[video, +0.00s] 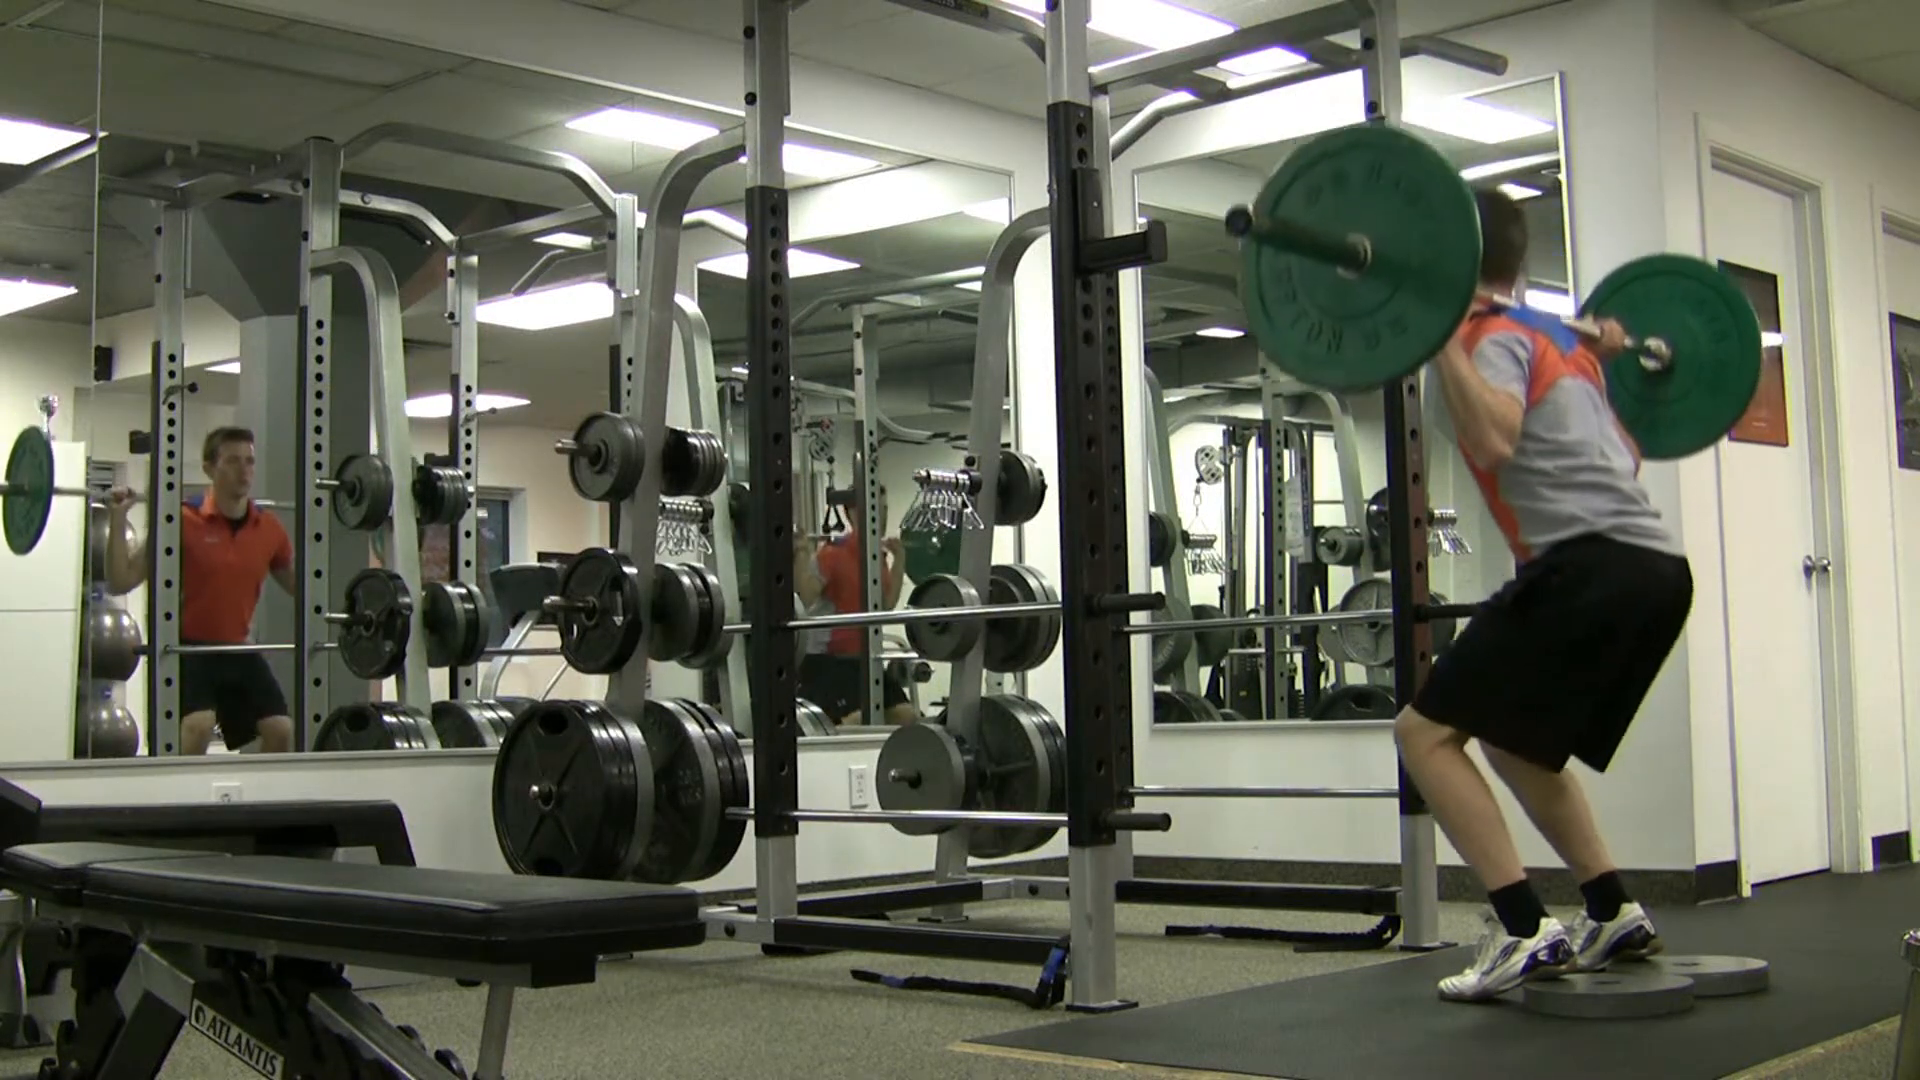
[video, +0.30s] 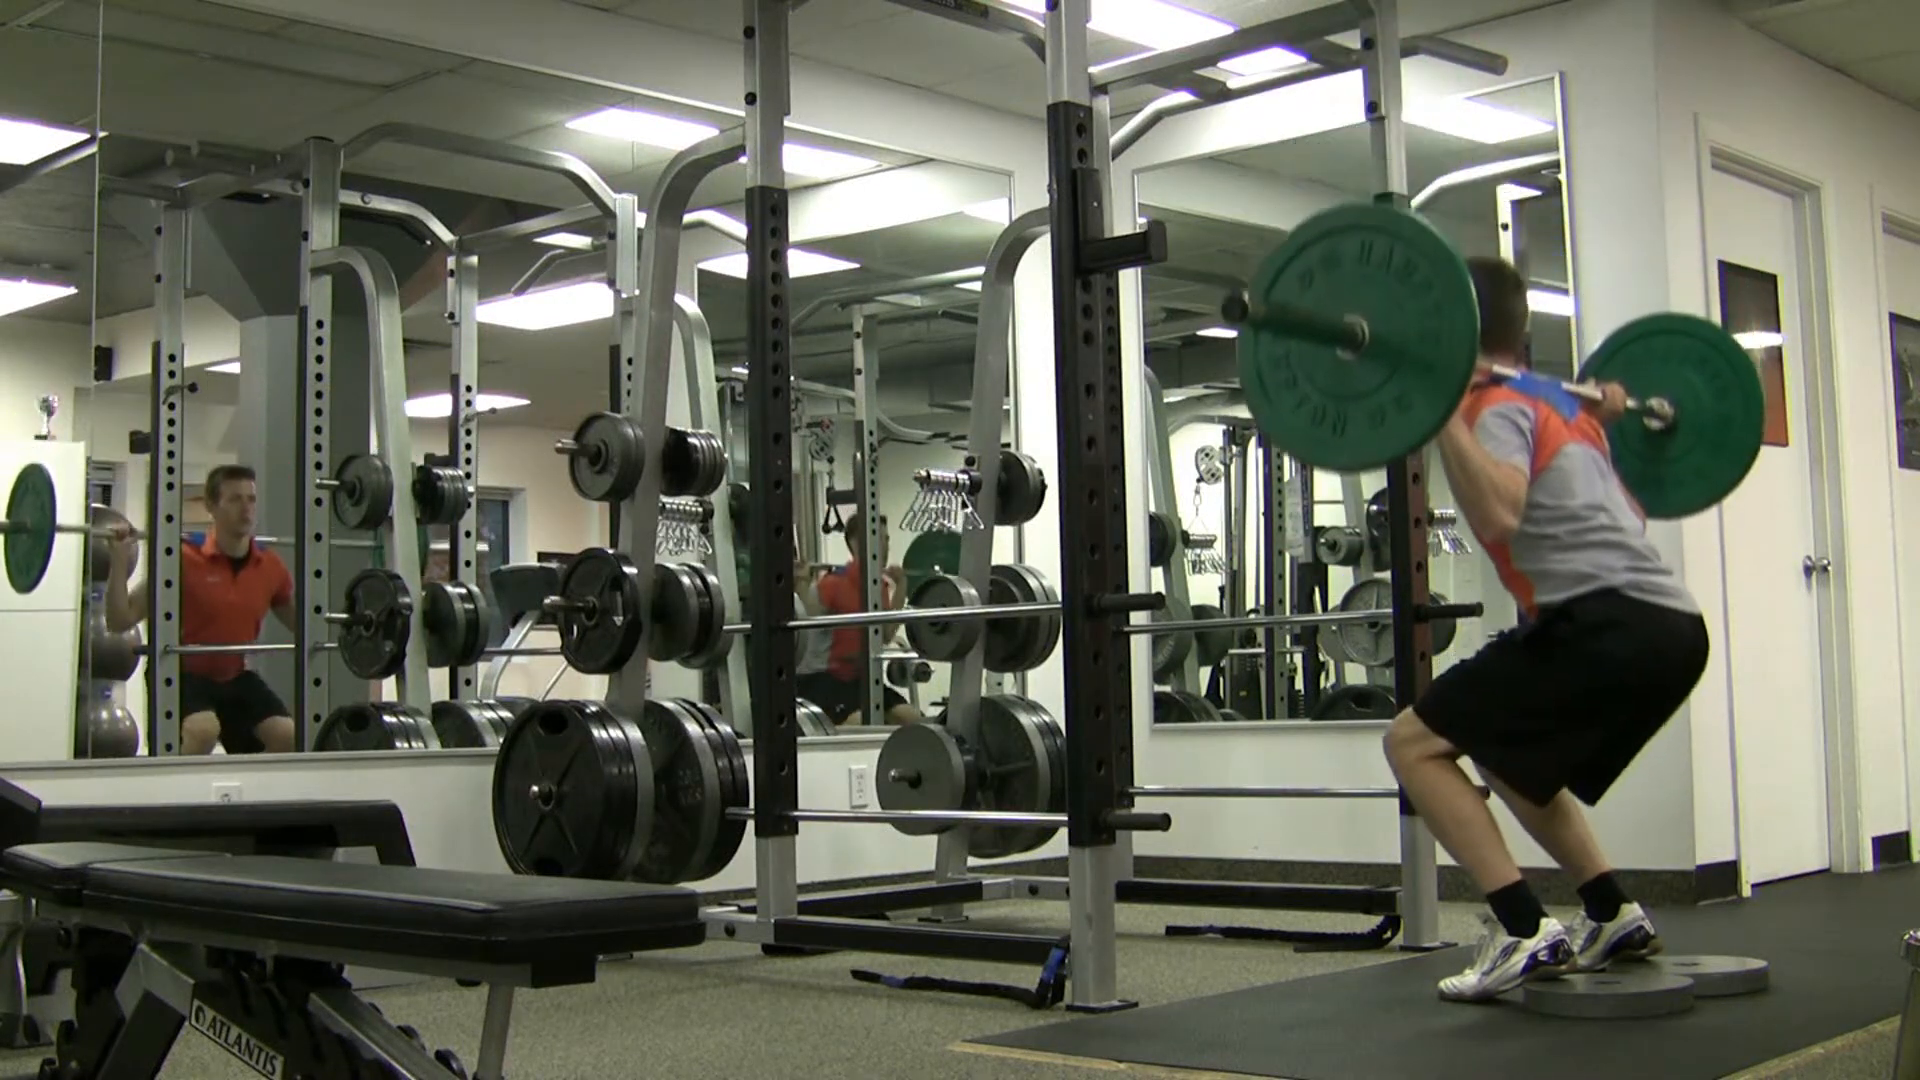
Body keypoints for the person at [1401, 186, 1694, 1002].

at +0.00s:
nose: (1435, 276)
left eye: (1441, 259)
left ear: (1454, 263)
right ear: (1518, 266)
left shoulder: (1494, 335)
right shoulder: (1564, 345)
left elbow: (1493, 442)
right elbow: (1625, 450)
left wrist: (1440, 339)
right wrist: (1598, 357)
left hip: (1585, 566)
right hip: (1656, 572)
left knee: (1423, 731)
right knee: (1517, 741)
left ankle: (1524, 930)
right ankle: (1615, 912)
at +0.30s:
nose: (1433, 335)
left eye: (1441, 320)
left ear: (1455, 330)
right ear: (1521, 331)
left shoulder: (1501, 402)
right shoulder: (1566, 404)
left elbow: (1498, 516)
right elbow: (1625, 507)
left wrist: (1441, 413)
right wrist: (1598, 418)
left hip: (1599, 622)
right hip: (1674, 630)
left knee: (1411, 743)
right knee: (1512, 763)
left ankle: (1522, 928)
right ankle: (1614, 913)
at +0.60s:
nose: (1429, 396)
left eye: (1435, 382)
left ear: (1447, 390)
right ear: (1520, 393)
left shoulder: (1498, 462)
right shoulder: (1564, 459)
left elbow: (1503, 578)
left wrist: (1442, 476)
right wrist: (1602, 471)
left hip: (1611, 674)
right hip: (1682, 683)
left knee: (1406, 748)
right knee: (1509, 773)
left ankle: (1523, 929)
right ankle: (1613, 914)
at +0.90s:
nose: (1430, 430)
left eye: (1434, 416)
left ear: (1445, 427)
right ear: (1517, 432)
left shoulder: (1496, 504)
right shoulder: (1561, 495)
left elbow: (1501, 617)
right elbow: (1583, 558)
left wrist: (1433, 507)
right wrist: (1598, 505)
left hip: (1619, 707)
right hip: (1683, 719)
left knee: (1403, 751)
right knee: (1503, 772)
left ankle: (1524, 930)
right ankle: (1611, 913)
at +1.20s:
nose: (1420, 415)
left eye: (1425, 399)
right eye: (1423, 400)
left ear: (1441, 409)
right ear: (1512, 412)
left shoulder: (1494, 483)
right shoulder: (1553, 476)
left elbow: (1495, 595)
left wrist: (1433, 492)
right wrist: (1592, 491)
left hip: (1614, 690)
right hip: (1681, 695)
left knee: (1406, 748)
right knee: (1506, 767)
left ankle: (1524, 929)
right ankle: (1610, 912)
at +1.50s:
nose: (1427, 348)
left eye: (1431, 333)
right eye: (1427, 335)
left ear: (1450, 339)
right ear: (1511, 340)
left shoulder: (1493, 407)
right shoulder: (1557, 409)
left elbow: (1492, 521)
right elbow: (1603, 504)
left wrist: (1431, 419)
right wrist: (1592, 422)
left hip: (1601, 620)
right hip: (1677, 622)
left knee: (1416, 739)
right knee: (1511, 761)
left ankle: (1522, 927)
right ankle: (1613, 911)